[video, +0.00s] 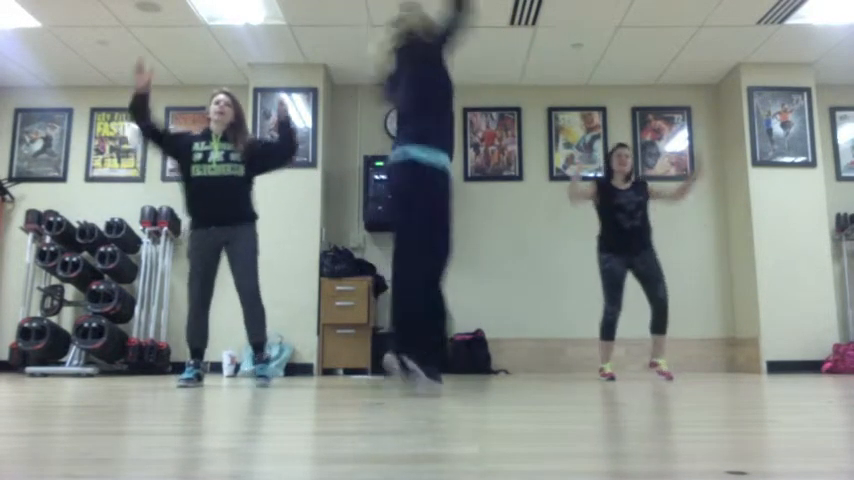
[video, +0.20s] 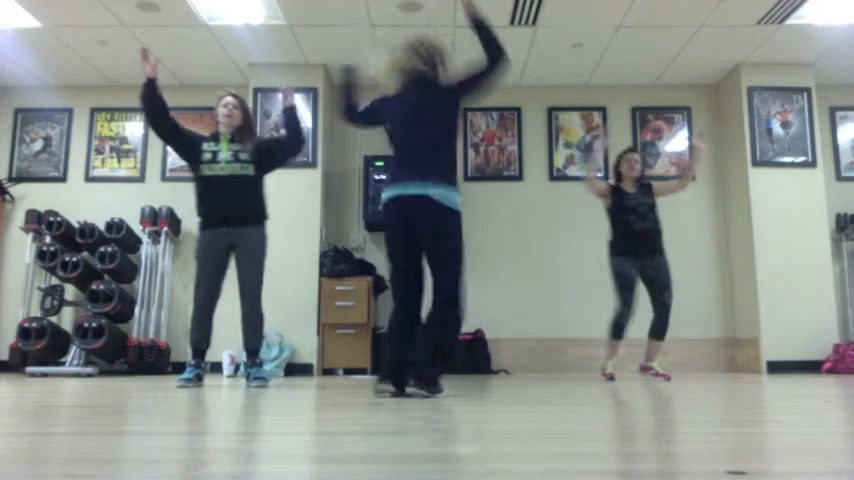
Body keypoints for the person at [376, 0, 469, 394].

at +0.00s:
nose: (431, 25)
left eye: (423, 22)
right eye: (426, 21)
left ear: (399, 32)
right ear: (424, 27)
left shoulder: (401, 64)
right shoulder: (425, 50)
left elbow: (389, 92)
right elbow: (457, 18)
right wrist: (457, 4)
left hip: (406, 167)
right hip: (427, 168)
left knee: (411, 257)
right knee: (429, 257)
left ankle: (403, 347)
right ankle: (419, 352)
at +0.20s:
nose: (439, 65)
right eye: (437, 59)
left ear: (402, 66)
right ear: (437, 64)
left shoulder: (391, 103)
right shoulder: (449, 95)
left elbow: (351, 114)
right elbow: (496, 58)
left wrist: (345, 82)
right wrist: (475, 18)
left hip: (398, 204)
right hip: (439, 203)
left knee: (405, 293)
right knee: (446, 293)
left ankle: (396, 375)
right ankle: (427, 374)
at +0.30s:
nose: (411, 52)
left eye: (411, 47)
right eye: (426, 46)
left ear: (409, 55)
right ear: (443, 55)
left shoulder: (396, 88)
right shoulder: (457, 90)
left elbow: (338, 78)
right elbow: (492, 62)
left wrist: (326, 32)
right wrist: (477, 20)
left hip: (405, 189)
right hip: (449, 193)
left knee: (400, 277)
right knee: (441, 280)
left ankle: (400, 364)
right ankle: (431, 363)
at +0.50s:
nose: (414, 48)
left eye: (418, 45)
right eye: (419, 43)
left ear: (424, 52)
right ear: (449, 58)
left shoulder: (422, 78)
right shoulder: (446, 83)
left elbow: (388, 50)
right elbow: (442, 57)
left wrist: (368, 5)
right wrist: (433, 28)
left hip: (426, 185)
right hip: (443, 183)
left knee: (419, 273)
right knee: (433, 271)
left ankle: (432, 367)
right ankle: (440, 361)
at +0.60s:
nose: (412, 77)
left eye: (416, 71)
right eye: (412, 71)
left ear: (427, 73)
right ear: (435, 73)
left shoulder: (436, 99)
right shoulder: (433, 101)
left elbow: (428, 61)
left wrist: (414, 28)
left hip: (435, 199)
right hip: (434, 199)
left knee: (418, 286)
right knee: (423, 286)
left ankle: (439, 377)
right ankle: (442, 374)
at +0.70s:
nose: (424, 66)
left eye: (431, 61)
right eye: (421, 61)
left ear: (445, 65)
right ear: (416, 67)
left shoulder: (456, 96)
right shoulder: (413, 105)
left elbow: (489, 66)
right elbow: (387, 88)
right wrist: (390, 50)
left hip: (445, 200)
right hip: (419, 203)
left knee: (430, 283)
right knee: (417, 283)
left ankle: (438, 373)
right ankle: (433, 370)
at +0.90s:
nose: (443, 46)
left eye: (450, 41)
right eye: (437, 42)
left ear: (462, 48)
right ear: (431, 51)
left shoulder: (478, 86)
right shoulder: (417, 87)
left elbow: (528, 84)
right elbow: (372, 74)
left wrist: (531, 32)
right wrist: (379, 26)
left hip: (464, 186)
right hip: (422, 187)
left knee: (467, 275)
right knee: (425, 278)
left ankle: (483, 363)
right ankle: (430, 368)